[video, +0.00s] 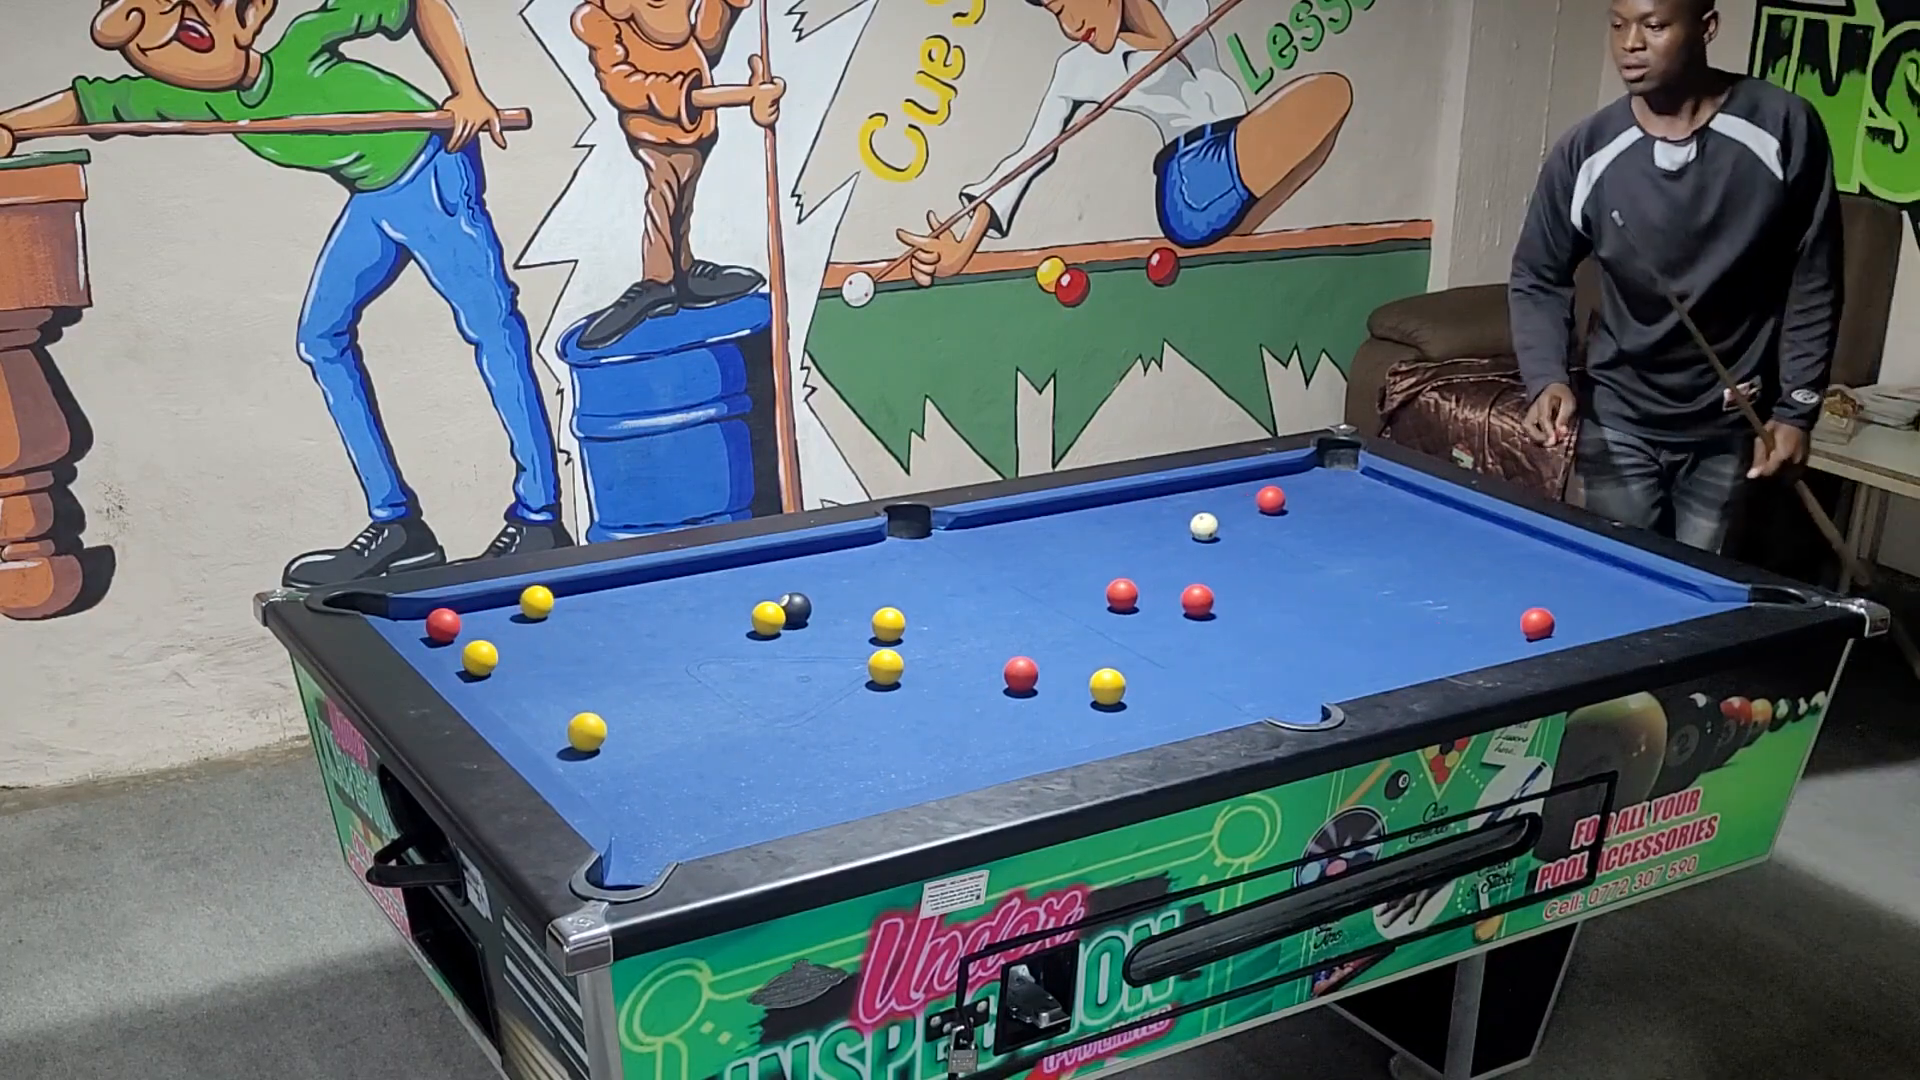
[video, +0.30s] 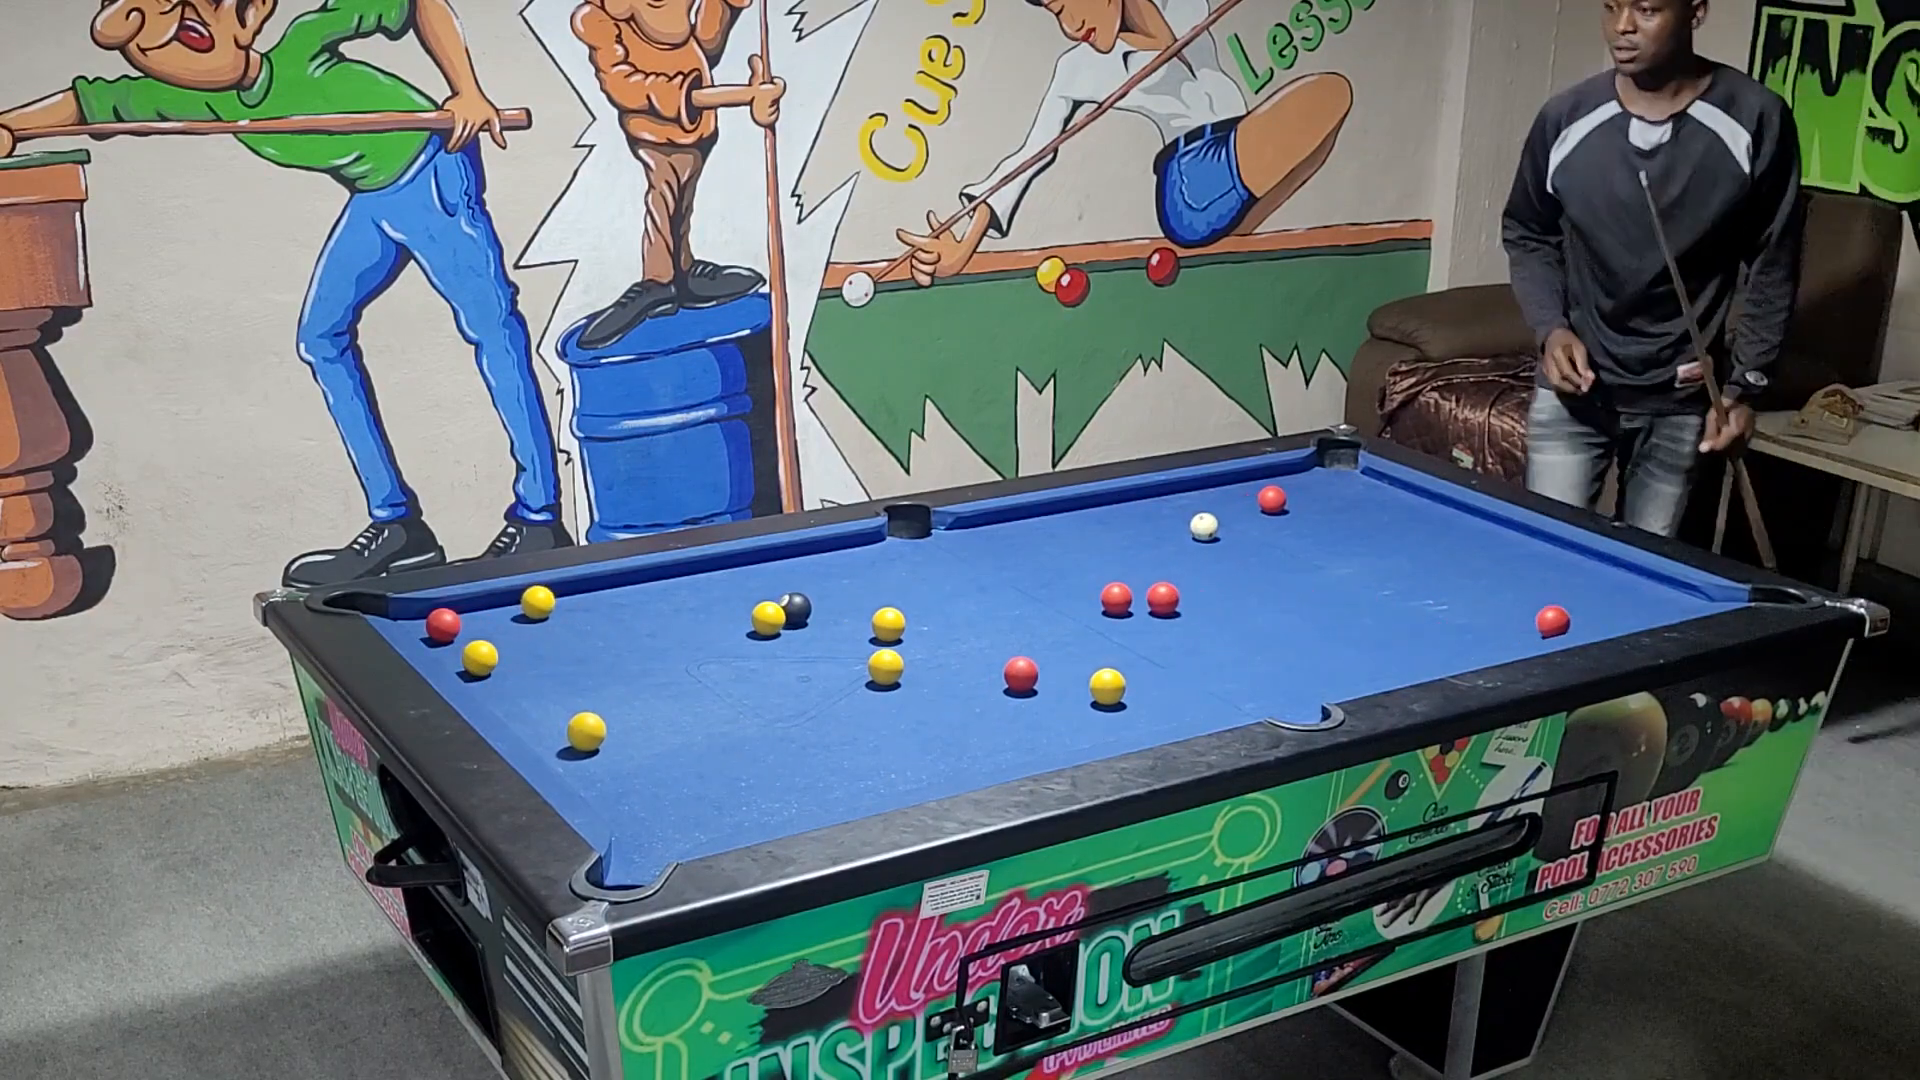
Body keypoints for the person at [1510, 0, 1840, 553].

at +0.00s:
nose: (1630, 44)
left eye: (1655, 25)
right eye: (1619, 25)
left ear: (1707, 28)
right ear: (1608, 31)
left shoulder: (1783, 126)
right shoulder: (1583, 152)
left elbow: (1813, 278)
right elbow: (1537, 277)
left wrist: (1795, 409)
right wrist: (1547, 380)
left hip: (1731, 424)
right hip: (1618, 417)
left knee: (1694, 614)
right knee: (1614, 605)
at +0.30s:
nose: (1623, 26)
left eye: (1646, 9)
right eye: (1613, 8)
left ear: (1696, 15)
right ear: (1602, 13)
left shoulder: (1758, 119)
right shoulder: (1565, 116)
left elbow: (1773, 264)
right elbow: (1528, 233)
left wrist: (1746, 385)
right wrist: (1550, 328)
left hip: (1682, 395)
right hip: (1572, 383)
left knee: (1640, 578)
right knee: (1546, 562)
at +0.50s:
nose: (1583, 15)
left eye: (1605, 1)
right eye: (1575, 0)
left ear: (1655, 8)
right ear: (1565, 8)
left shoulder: (1718, 114)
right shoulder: (1529, 107)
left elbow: (1737, 256)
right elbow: (1497, 218)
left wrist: (1711, 372)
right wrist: (1514, 306)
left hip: (1637, 389)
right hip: (1526, 374)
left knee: (1614, 572)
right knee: (1465, 531)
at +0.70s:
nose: (1503, 14)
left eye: (1525, 1)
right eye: (1498, 2)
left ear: (1572, 9)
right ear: (1489, 10)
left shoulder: (1637, 111)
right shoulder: (1468, 103)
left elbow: (1670, 254)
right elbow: (1445, 212)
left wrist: (1651, 371)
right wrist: (1443, 283)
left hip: (1571, 387)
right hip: (1464, 374)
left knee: (1572, 555)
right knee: (1404, 513)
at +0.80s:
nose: (1445, 15)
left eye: (1467, 3)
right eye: (1443, 3)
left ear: (1516, 13)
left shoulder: (1577, 112)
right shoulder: (1425, 105)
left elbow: (1626, 248)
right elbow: (1411, 220)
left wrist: (1597, 357)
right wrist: (1392, 280)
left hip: (1525, 390)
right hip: (1424, 375)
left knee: (1539, 561)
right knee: (1373, 532)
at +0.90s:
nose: (1396, 18)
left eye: (1417, 6)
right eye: (1394, 5)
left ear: (1465, 13)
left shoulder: (1524, 109)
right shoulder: (1383, 105)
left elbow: (1576, 241)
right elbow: (1373, 217)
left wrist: (1538, 352)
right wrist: (1342, 276)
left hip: (1477, 384)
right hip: (1383, 368)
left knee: (1495, 554)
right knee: (1346, 533)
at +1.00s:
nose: (1369, 16)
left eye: (1390, 3)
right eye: (1360, 2)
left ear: (1432, 9)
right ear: (1350, 8)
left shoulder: (1481, 100)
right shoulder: (1345, 98)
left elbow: (1525, 235)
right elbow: (1330, 210)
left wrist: (1474, 348)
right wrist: (1295, 259)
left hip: (1432, 363)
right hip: (1353, 352)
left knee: (1429, 522)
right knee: (1341, 514)